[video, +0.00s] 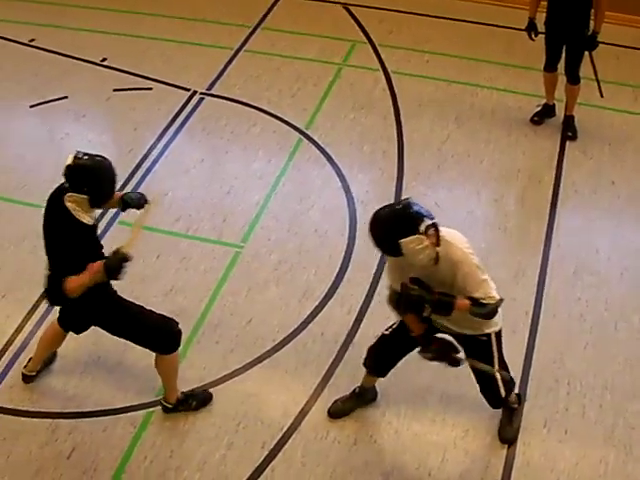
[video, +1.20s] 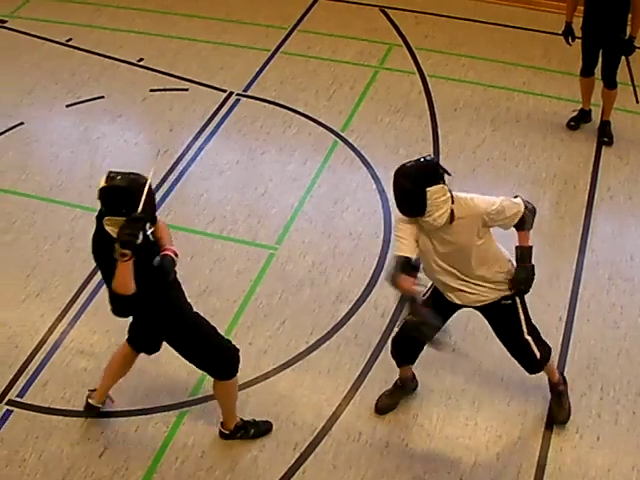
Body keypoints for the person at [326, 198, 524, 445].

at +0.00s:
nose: (405, 261)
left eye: (409, 255)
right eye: (400, 257)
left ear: (430, 236)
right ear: (396, 252)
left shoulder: (457, 253)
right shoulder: (398, 258)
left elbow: (490, 307)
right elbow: (399, 301)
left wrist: (440, 302)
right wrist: (426, 340)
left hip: (475, 324)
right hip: (430, 317)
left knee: (494, 392)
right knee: (379, 354)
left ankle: (512, 404)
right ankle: (365, 391)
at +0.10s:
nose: (413, 243)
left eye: (415, 236)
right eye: (411, 237)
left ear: (432, 231)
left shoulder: (477, 251)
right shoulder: (421, 246)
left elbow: (507, 307)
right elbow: (422, 287)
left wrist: (456, 300)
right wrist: (429, 330)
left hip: (489, 330)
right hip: (444, 318)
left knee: (503, 401)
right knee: (394, 353)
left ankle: (519, 405)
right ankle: (373, 390)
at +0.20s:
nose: (441, 230)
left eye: (444, 225)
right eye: (440, 226)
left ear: (461, 220)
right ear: (451, 221)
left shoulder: (500, 250)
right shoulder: (445, 236)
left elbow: (522, 313)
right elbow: (437, 272)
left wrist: (471, 297)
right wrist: (426, 307)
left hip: (497, 331)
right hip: (455, 315)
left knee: (508, 400)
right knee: (413, 353)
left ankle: (525, 407)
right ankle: (380, 390)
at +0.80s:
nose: (438, 222)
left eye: (439, 215)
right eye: (434, 217)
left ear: (458, 205)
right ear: (436, 212)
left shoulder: (494, 230)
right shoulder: (440, 225)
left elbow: (535, 282)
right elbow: (440, 269)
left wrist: (482, 294)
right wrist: (423, 304)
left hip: (504, 316)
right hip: (461, 308)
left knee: (520, 377)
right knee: (417, 347)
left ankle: (535, 407)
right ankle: (404, 386)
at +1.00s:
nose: (438, 219)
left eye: (441, 210)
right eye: (428, 214)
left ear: (449, 202)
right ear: (415, 213)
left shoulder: (479, 217)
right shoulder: (408, 232)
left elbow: (524, 224)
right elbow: (362, 264)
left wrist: (515, 270)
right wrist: (314, 273)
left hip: (497, 301)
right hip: (450, 299)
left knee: (524, 363)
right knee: (409, 356)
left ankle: (543, 403)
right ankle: (402, 383)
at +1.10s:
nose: (428, 224)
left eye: (431, 216)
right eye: (419, 219)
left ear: (440, 204)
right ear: (407, 217)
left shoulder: (469, 213)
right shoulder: (400, 229)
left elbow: (520, 215)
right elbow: (361, 253)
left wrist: (522, 266)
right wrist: (328, 262)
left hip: (494, 292)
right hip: (448, 295)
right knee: (407, 353)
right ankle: (406, 383)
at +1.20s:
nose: (429, 219)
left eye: (431, 211)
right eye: (421, 214)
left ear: (442, 197)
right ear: (412, 210)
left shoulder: (475, 208)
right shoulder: (409, 220)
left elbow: (524, 211)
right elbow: (400, 274)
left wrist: (524, 263)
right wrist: (417, 301)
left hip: (494, 289)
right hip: (447, 289)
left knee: (530, 354)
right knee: (402, 346)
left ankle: (557, 382)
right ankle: (406, 382)